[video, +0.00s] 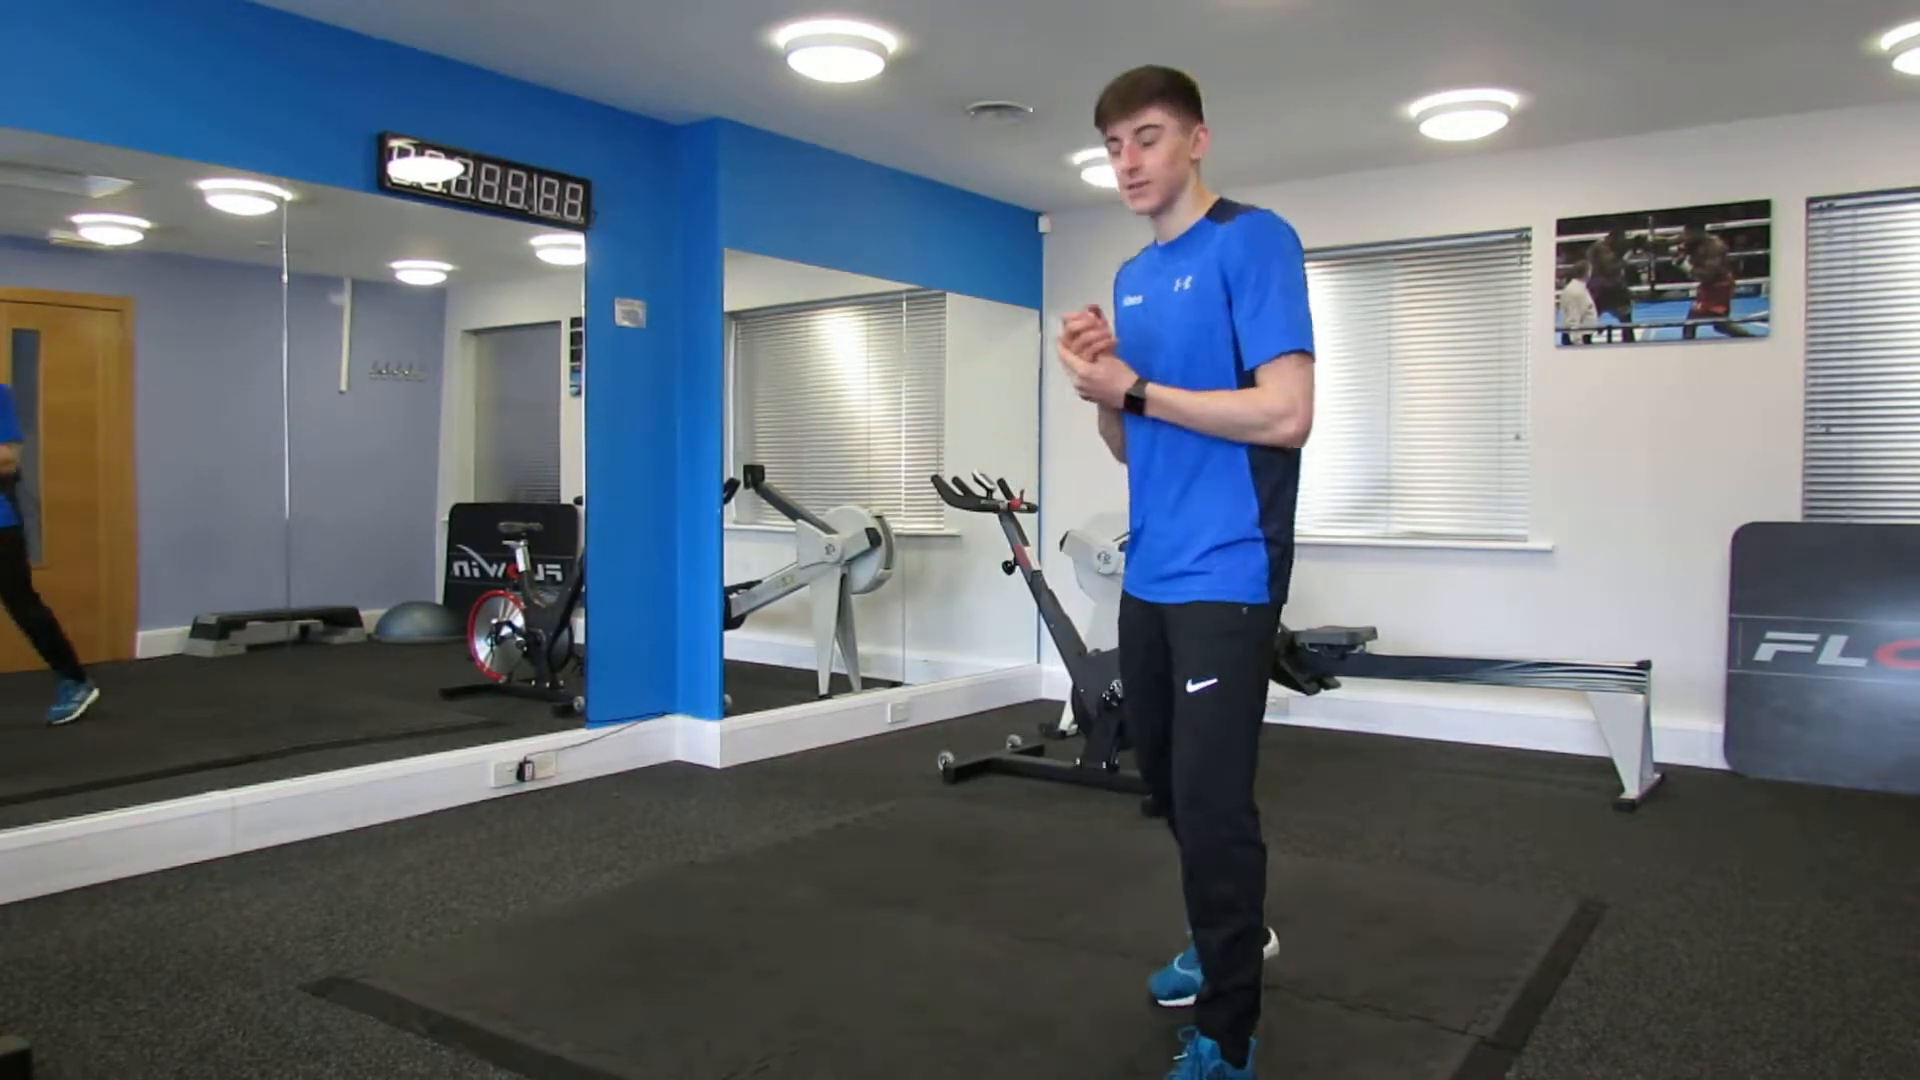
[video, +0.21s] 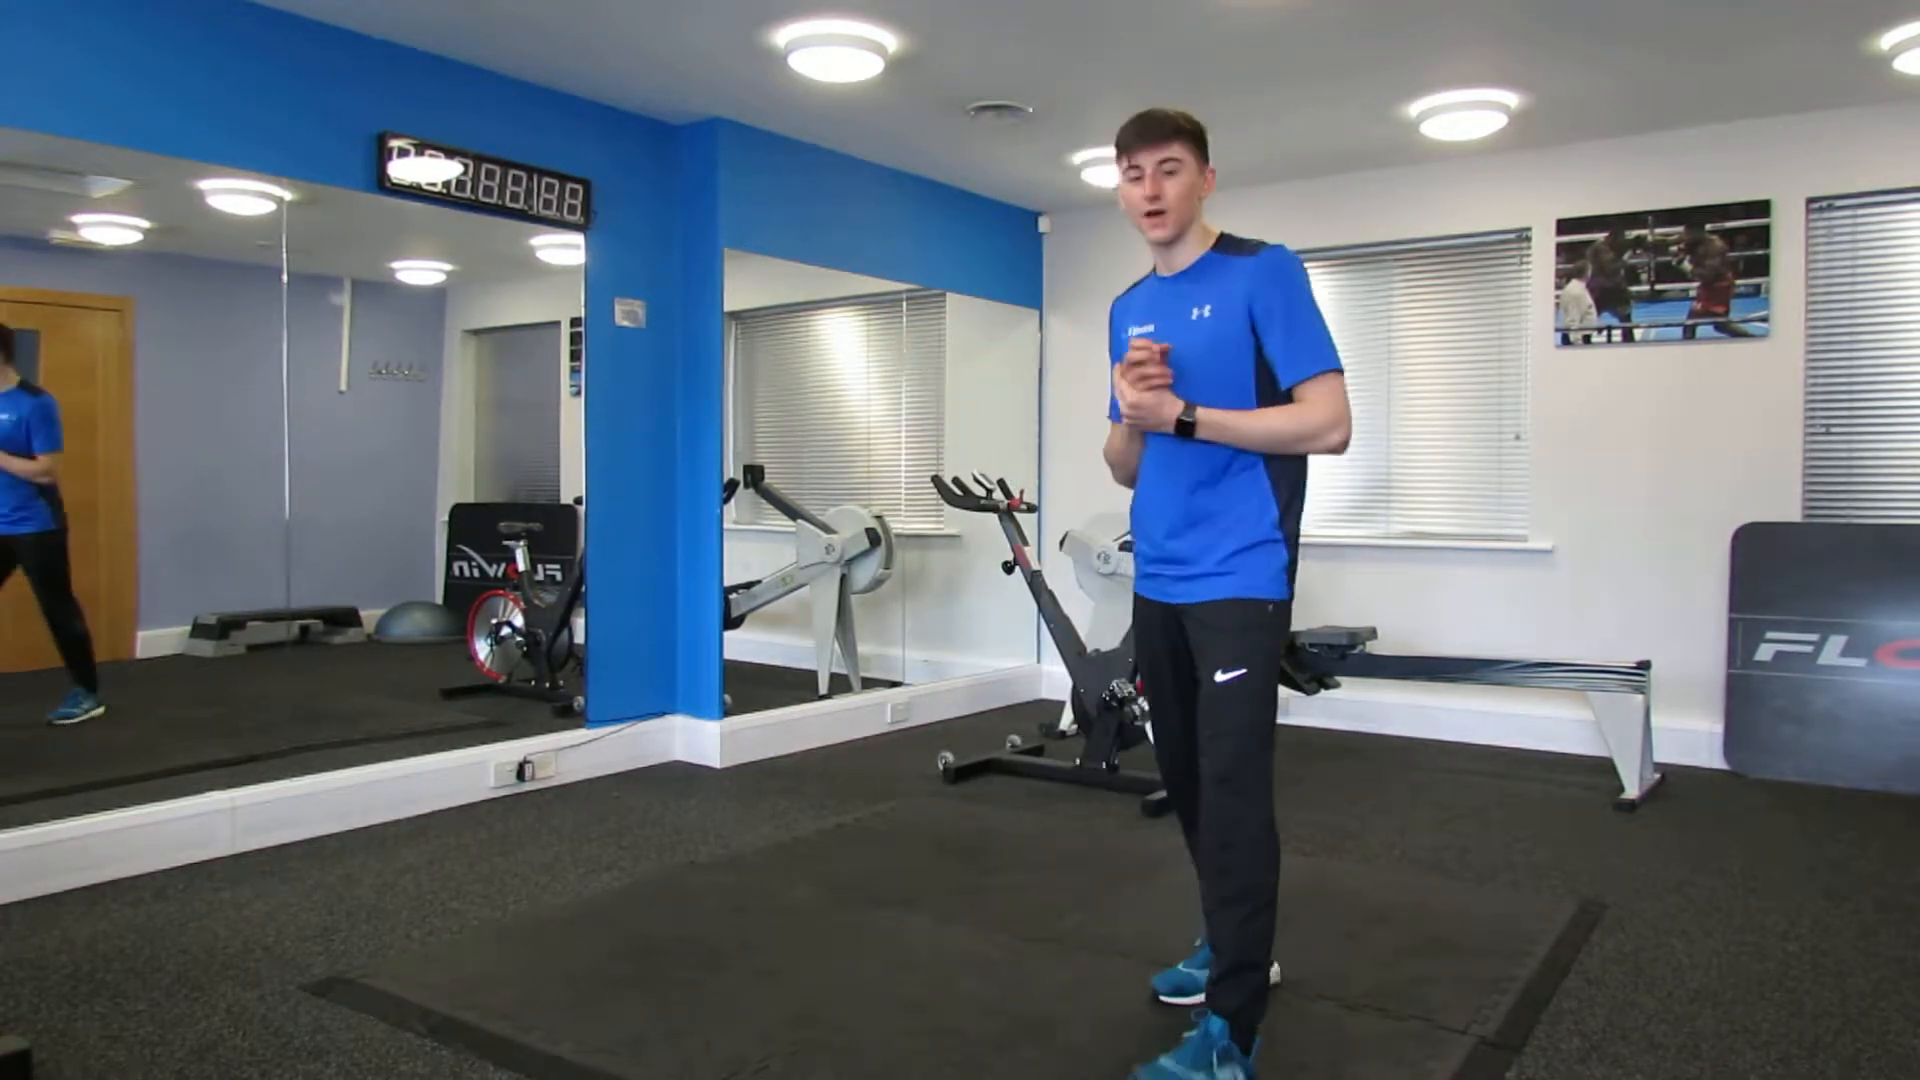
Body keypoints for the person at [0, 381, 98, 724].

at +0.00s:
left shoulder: (3, 398)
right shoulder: (5, 399)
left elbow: (9, 458)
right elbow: (11, 458)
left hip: (5, 522)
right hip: (4, 523)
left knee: (21, 602)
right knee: (21, 602)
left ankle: (76, 680)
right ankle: (74, 679)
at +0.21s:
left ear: (2, 355)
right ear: (7, 353)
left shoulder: (35, 403)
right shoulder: (8, 403)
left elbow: (46, 469)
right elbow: (37, 466)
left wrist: (2, 459)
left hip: (37, 526)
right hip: (6, 527)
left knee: (59, 607)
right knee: (56, 608)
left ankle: (88, 691)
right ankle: (86, 690)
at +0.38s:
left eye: (5, 347)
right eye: (1, 348)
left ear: (27, 351)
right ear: (20, 353)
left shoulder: (66, 402)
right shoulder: (10, 398)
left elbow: (82, 468)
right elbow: (16, 452)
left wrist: (21, 452)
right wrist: (7, 448)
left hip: (65, 526)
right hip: (21, 524)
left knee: (75, 607)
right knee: (4, 609)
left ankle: (91, 692)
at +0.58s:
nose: (30, 354)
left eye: (37, 346)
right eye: (30, 347)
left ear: (61, 350)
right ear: (48, 353)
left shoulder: (94, 401)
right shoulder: (49, 395)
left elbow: (106, 468)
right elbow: (55, 447)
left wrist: (48, 449)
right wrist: (31, 444)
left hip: (87, 523)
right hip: (52, 519)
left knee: (86, 602)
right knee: (41, 600)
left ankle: (92, 689)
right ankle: (98, 671)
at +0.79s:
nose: (60, 355)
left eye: (65, 347)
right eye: (61, 347)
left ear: (88, 351)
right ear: (83, 352)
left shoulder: (119, 399)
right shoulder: (78, 397)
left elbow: (130, 463)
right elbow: (86, 456)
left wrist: (74, 444)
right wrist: (60, 445)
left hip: (116, 522)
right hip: (90, 521)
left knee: (105, 606)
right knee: (118, 601)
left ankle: (92, 693)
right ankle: (171, 674)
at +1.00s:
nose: (73, 366)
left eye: (78, 357)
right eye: (73, 358)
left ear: (100, 358)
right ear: (95, 361)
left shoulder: (138, 398)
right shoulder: (96, 411)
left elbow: (167, 455)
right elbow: (114, 475)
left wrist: (104, 453)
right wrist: (86, 460)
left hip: (159, 519)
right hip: (132, 524)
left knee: (122, 596)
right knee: (150, 602)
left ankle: (104, 691)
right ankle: (181, 682)